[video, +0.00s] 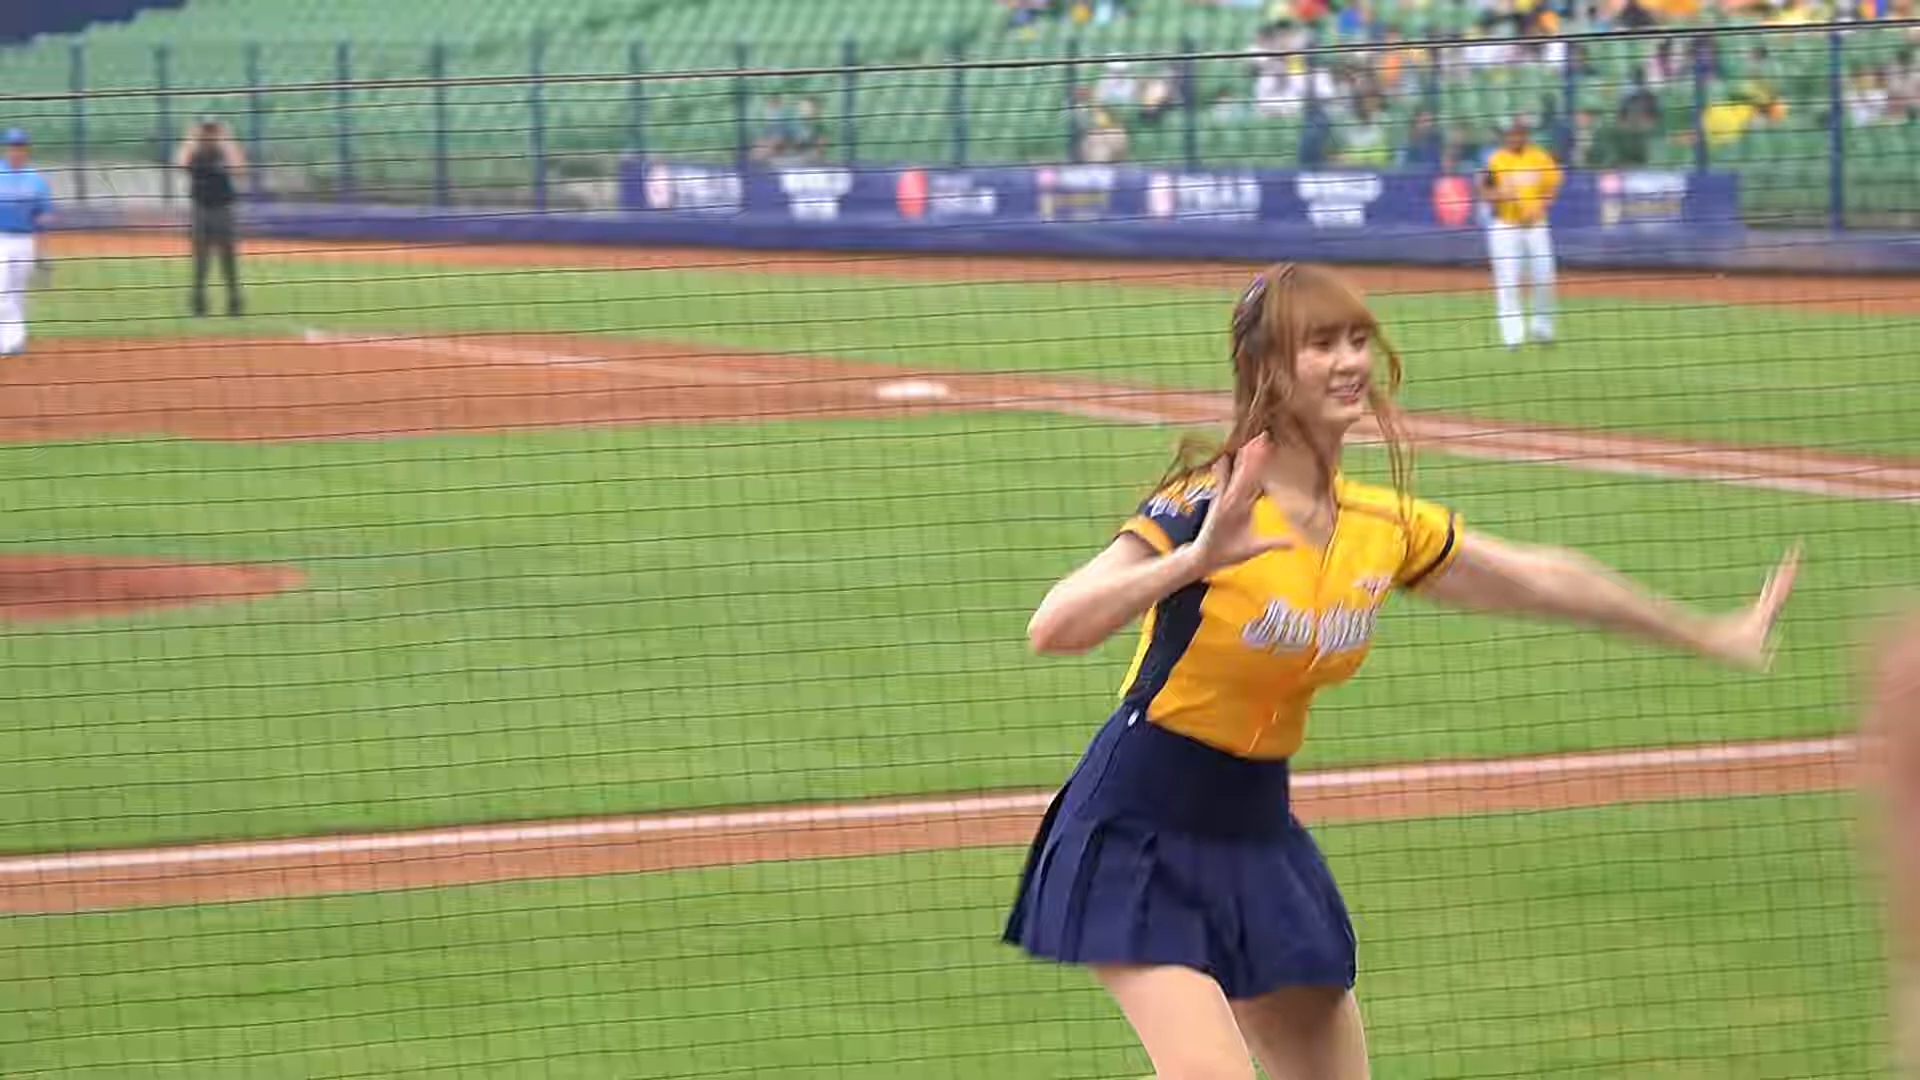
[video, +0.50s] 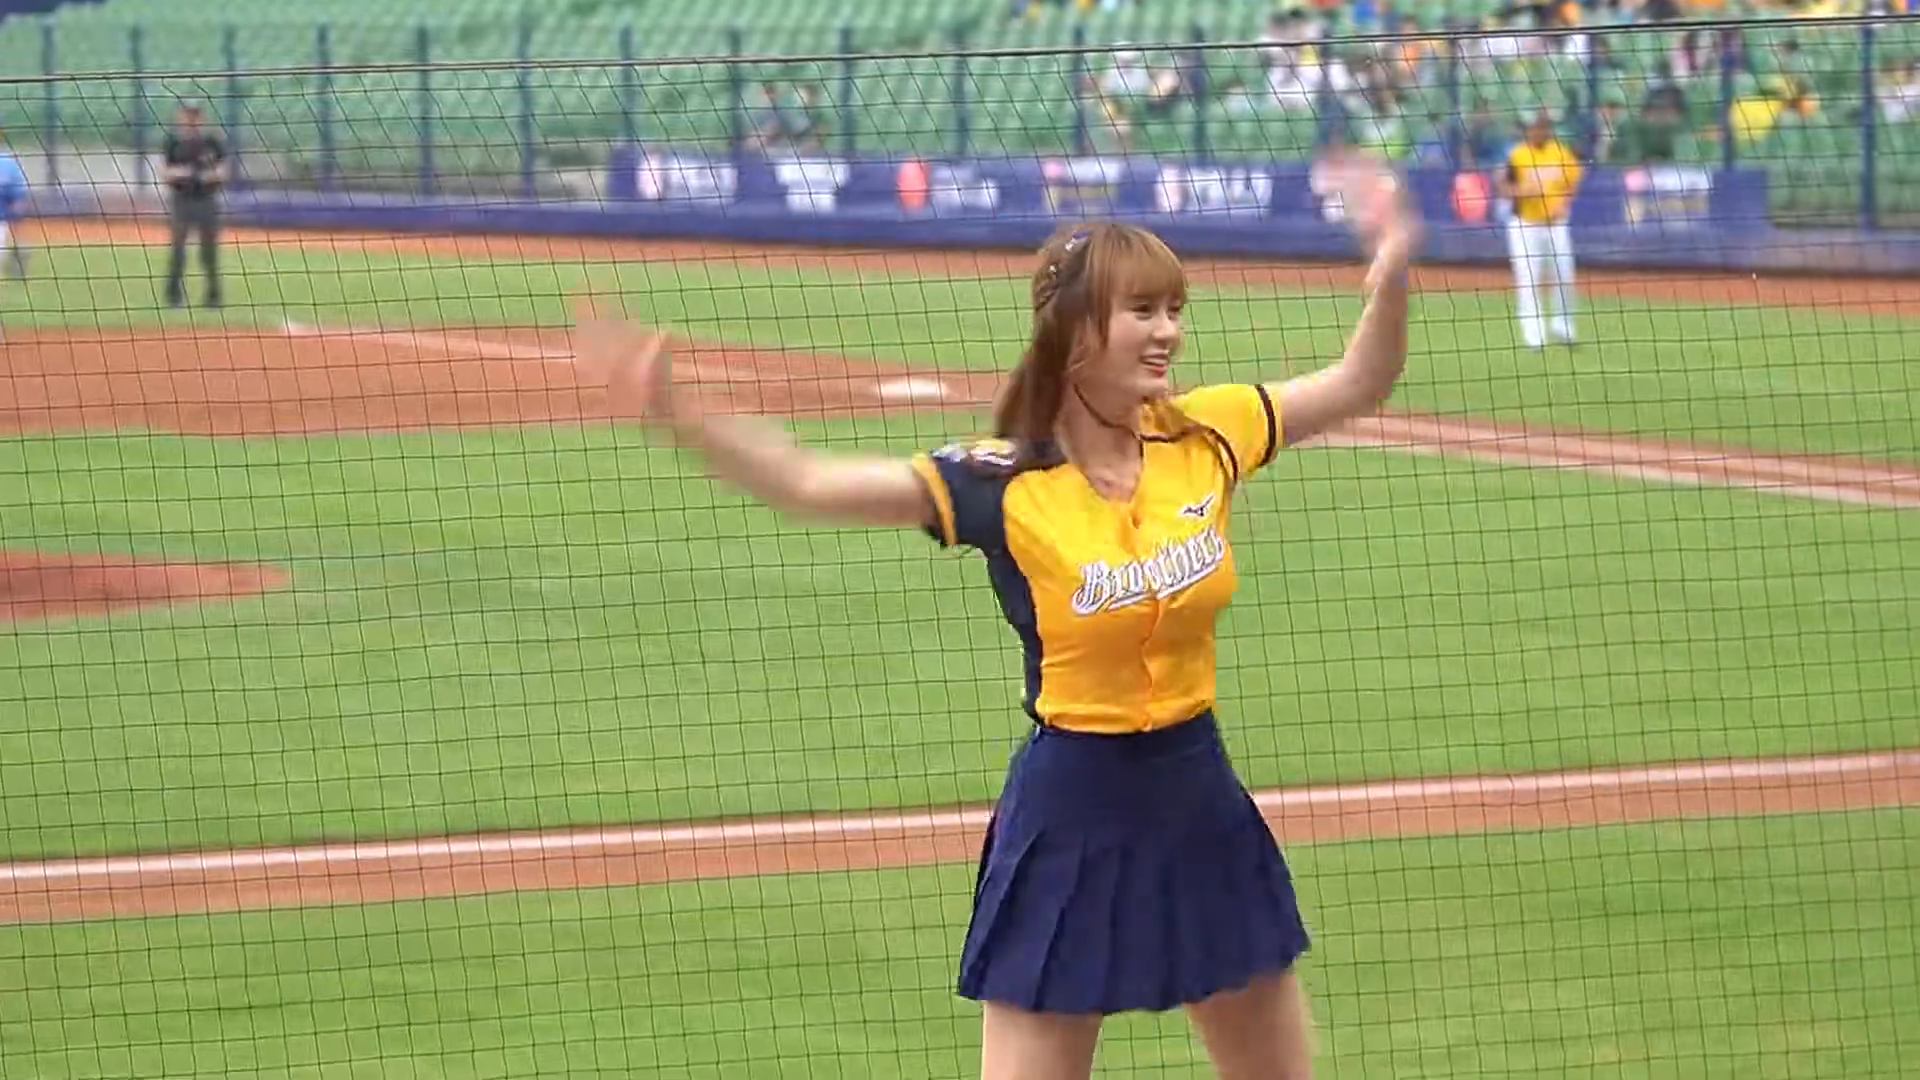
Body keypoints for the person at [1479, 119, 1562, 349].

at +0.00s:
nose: (1517, 140)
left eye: (1520, 134)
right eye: (1513, 135)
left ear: (1527, 136)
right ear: (1505, 137)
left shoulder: (1539, 158)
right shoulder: (1497, 161)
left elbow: (1555, 181)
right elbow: (1484, 190)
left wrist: (1540, 206)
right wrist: (1504, 195)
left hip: (1535, 224)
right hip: (1505, 226)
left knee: (1544, 276)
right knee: (1507, 280)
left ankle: (1542, 325)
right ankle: (1512, 331)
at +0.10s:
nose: (1518, 139)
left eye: (1521, 134)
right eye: (1514, 134)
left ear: (1528, 135)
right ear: (1506, 136)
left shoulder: (1539, 157)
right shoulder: (1496, 161)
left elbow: (1554, 182)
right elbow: (1484, 191)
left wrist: (1540, 207)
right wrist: (1504, 194)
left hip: (1535, 224)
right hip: (1505, 226)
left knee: (1544, 276)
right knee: (1508, 280)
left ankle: (1543, 325)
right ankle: (1513, 330)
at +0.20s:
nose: (1522, 139)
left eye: (1526, 134)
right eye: (1518, 134)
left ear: (1532, 135)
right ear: (1510, 136)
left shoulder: (1542, 157)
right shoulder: (1499, 161)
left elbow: (1558, 180)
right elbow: (1487, 190)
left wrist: (1544, 205)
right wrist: (1508, 195)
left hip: (1538, 224)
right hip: (1508, 226)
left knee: (1546, 277)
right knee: (1511, 281)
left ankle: (1546, 326)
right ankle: (1516, 332)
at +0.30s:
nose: (1525, 139)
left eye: (1529, 134)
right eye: (1521, 134)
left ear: (1535, 135)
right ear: (1513, 136)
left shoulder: (1546, 155)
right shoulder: (1504, 159)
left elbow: (1564, 178)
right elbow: (1491, 189)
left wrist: (1551, 206)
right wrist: (1512, 195)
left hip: (1544, 224)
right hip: (1513, 226)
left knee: (1552, 275)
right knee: (1516, 280)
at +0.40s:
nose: (1535, 134)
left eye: (1540, 128)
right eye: (1530, 129)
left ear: (1545, 130)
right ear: (1520, 132)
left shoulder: (1553, 153)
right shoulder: (1511, 158)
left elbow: (1570, 174)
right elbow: (1502, 190)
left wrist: (1559, 203)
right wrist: (1529, 189)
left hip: (1550, 222)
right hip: (1520, 224)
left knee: (1559, 276)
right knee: (1524, 280)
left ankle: (1557, 324)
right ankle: (1528, 330)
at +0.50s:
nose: (1541, 133)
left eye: (1545, 127)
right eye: (1536, 128)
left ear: (1550, 129)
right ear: (1527, 130)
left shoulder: (1559, 152)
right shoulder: (1517, 156)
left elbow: (1575, 175)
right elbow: (1503, 186)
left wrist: (1563, 202)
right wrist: (1530, 190)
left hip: (1555, 221)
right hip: (1525, 223)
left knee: (1563, 275)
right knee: (1528, 279)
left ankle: (1562, 324)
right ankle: (1532, 330)